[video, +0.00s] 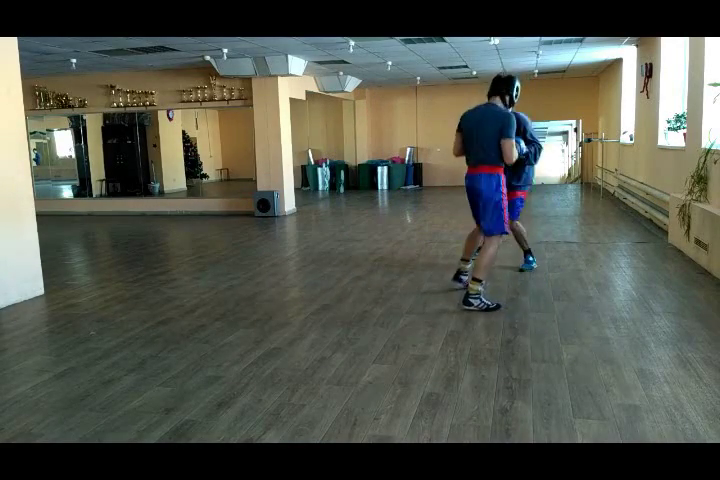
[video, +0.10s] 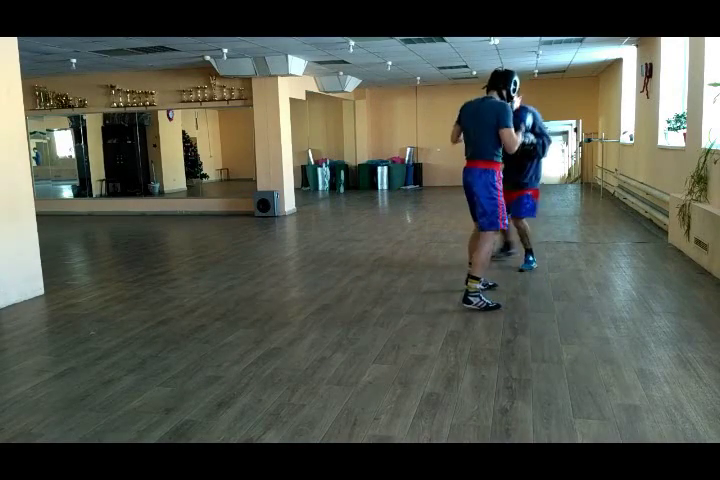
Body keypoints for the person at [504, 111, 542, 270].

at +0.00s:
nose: (499, 101)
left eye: (503, 96)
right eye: (497, 97)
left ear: (511, 97)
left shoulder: (519, 119)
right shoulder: (490, 120)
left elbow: (536, 147)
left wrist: (519, 153)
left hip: (518, 179)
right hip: (497, 178)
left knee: (512, 220)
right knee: (489, 219)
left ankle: (528, 255)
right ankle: (481, 248)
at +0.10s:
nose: (510, 102)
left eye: (512, 98)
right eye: (507, 98)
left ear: (519, 97)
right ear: (504, 99)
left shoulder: (529, 114)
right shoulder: (501, 116)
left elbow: (545, 140)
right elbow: (496, 143)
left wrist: (528, 143)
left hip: (526, 175)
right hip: (505, 174)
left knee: (517, 216)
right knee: (502, 213)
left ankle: (529, 254)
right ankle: (507, 245)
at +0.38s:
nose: (524, 100)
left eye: (527, 96)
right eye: (521, 96)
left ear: (536, 95)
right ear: (517, 97)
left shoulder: (544, 111)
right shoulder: (519, 116)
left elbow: (550, 129)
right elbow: (520, 146)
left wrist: (531, 113)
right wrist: (512, 154)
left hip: (542, 175)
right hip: (524, 175)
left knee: (538, 217)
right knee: (522, 217)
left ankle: (558, 260)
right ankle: (537, 254)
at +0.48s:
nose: (527, 101)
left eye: (531, 96)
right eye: (524, 97)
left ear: (542, 95)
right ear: (522, 96)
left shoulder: (547, 110)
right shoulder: (526, 115)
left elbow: (541, 122)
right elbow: (518, 147)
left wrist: (527, 108)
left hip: (549, 174)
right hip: (531, 174)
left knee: (550, 219)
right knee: (527, 217)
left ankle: (570, 265)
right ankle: (537, 254)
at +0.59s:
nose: (533, 100)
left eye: (537, 96)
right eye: (530, 96)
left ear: (546, 94)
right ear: (528, 95)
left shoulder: (554, 110)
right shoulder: (535, 114)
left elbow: (538, 113)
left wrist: (514, 98)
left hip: (559, 174)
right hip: (541, 174)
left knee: (556, 220)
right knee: (536, 216)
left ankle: (570, 266)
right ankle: (542, 253)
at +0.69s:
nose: (537, 98)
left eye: (541, 94)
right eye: (534, 95)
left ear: (551, 92)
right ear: (531, 95)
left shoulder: (559, 107)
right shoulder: (542, 113)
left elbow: (553, 121)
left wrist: (533, 113)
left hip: (564, 174)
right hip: (548, 175)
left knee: (561, 221)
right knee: (544, 217)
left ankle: (572, 267)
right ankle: (564, 251)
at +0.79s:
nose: (538, 97)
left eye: (542, 93)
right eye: (535, 93)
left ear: (552, 90)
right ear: (534, 93)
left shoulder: (562, 107)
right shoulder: (544, 115)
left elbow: (563, 133)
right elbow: (539, 151)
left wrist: (540, 118)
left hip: (566, 175)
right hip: (552, 174)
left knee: (564, 221)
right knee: (550, 217)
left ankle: (572, 267)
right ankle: (580, 249)